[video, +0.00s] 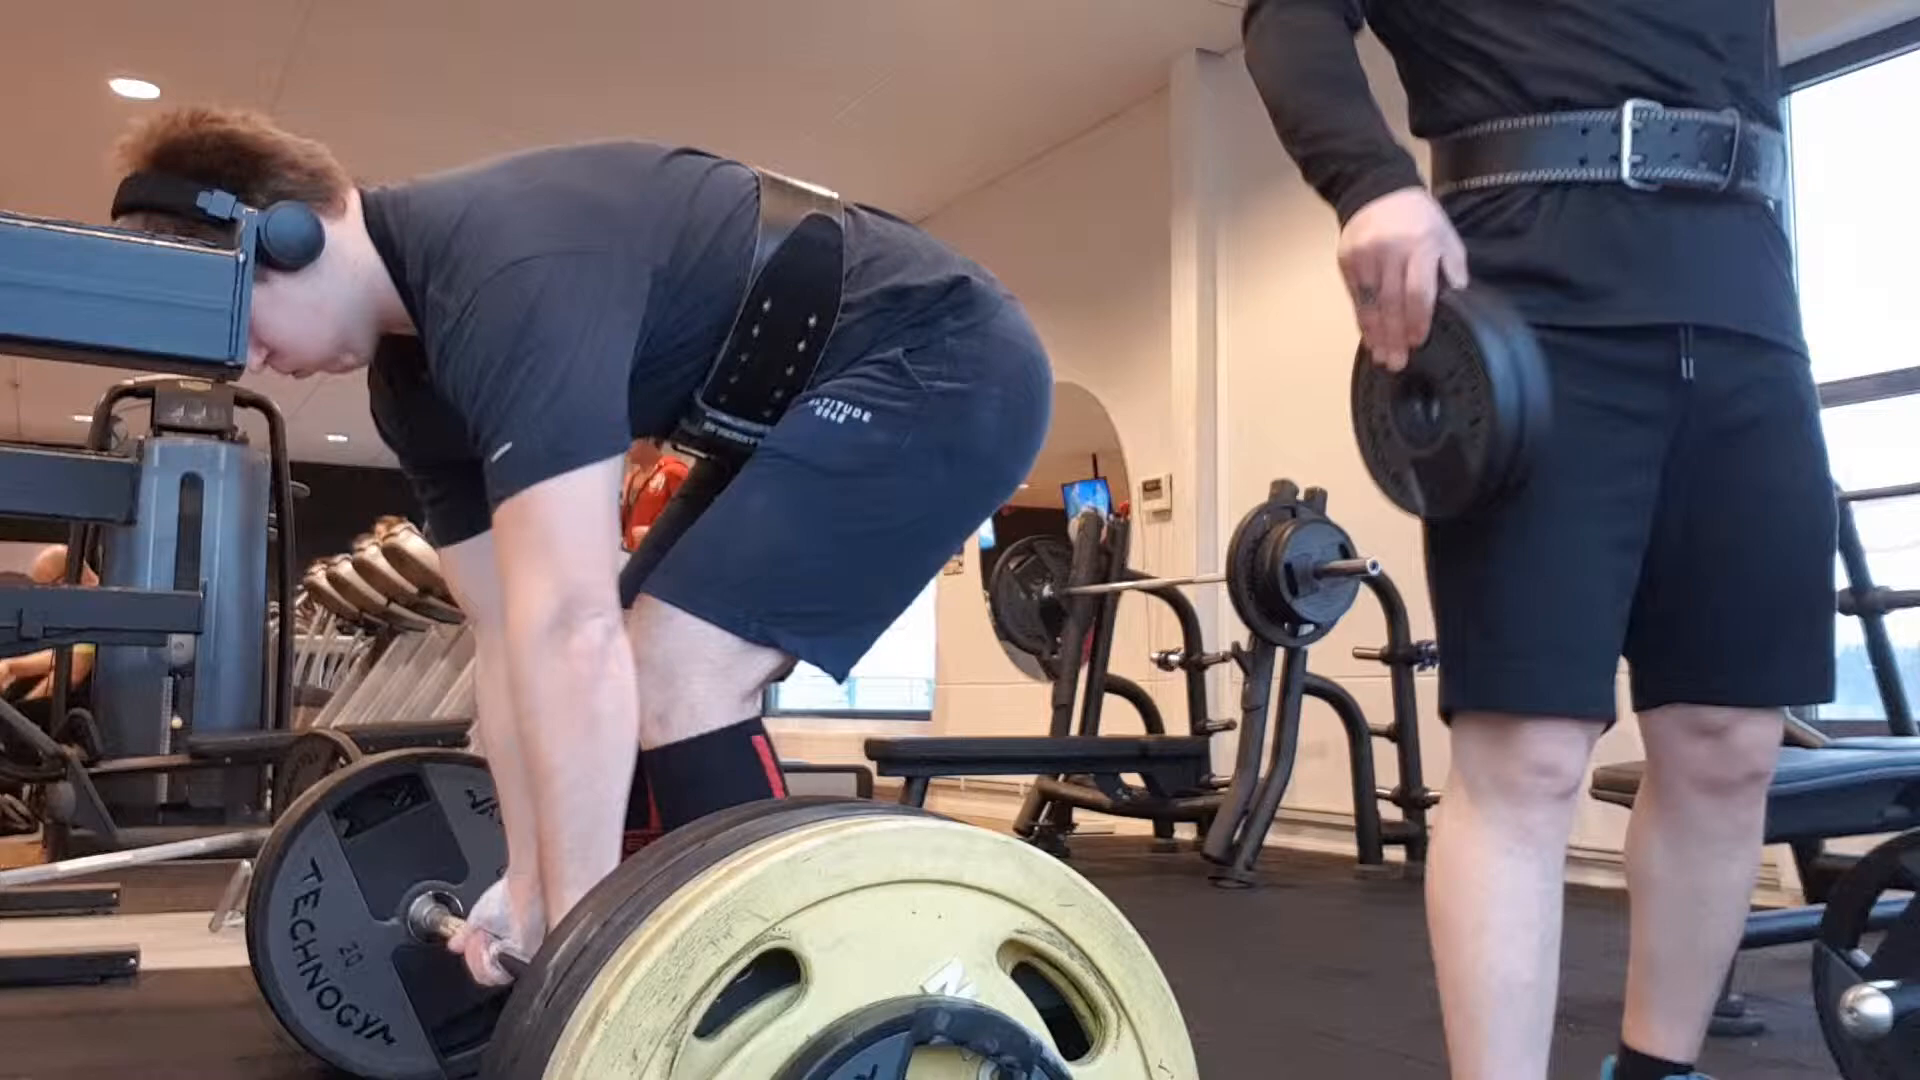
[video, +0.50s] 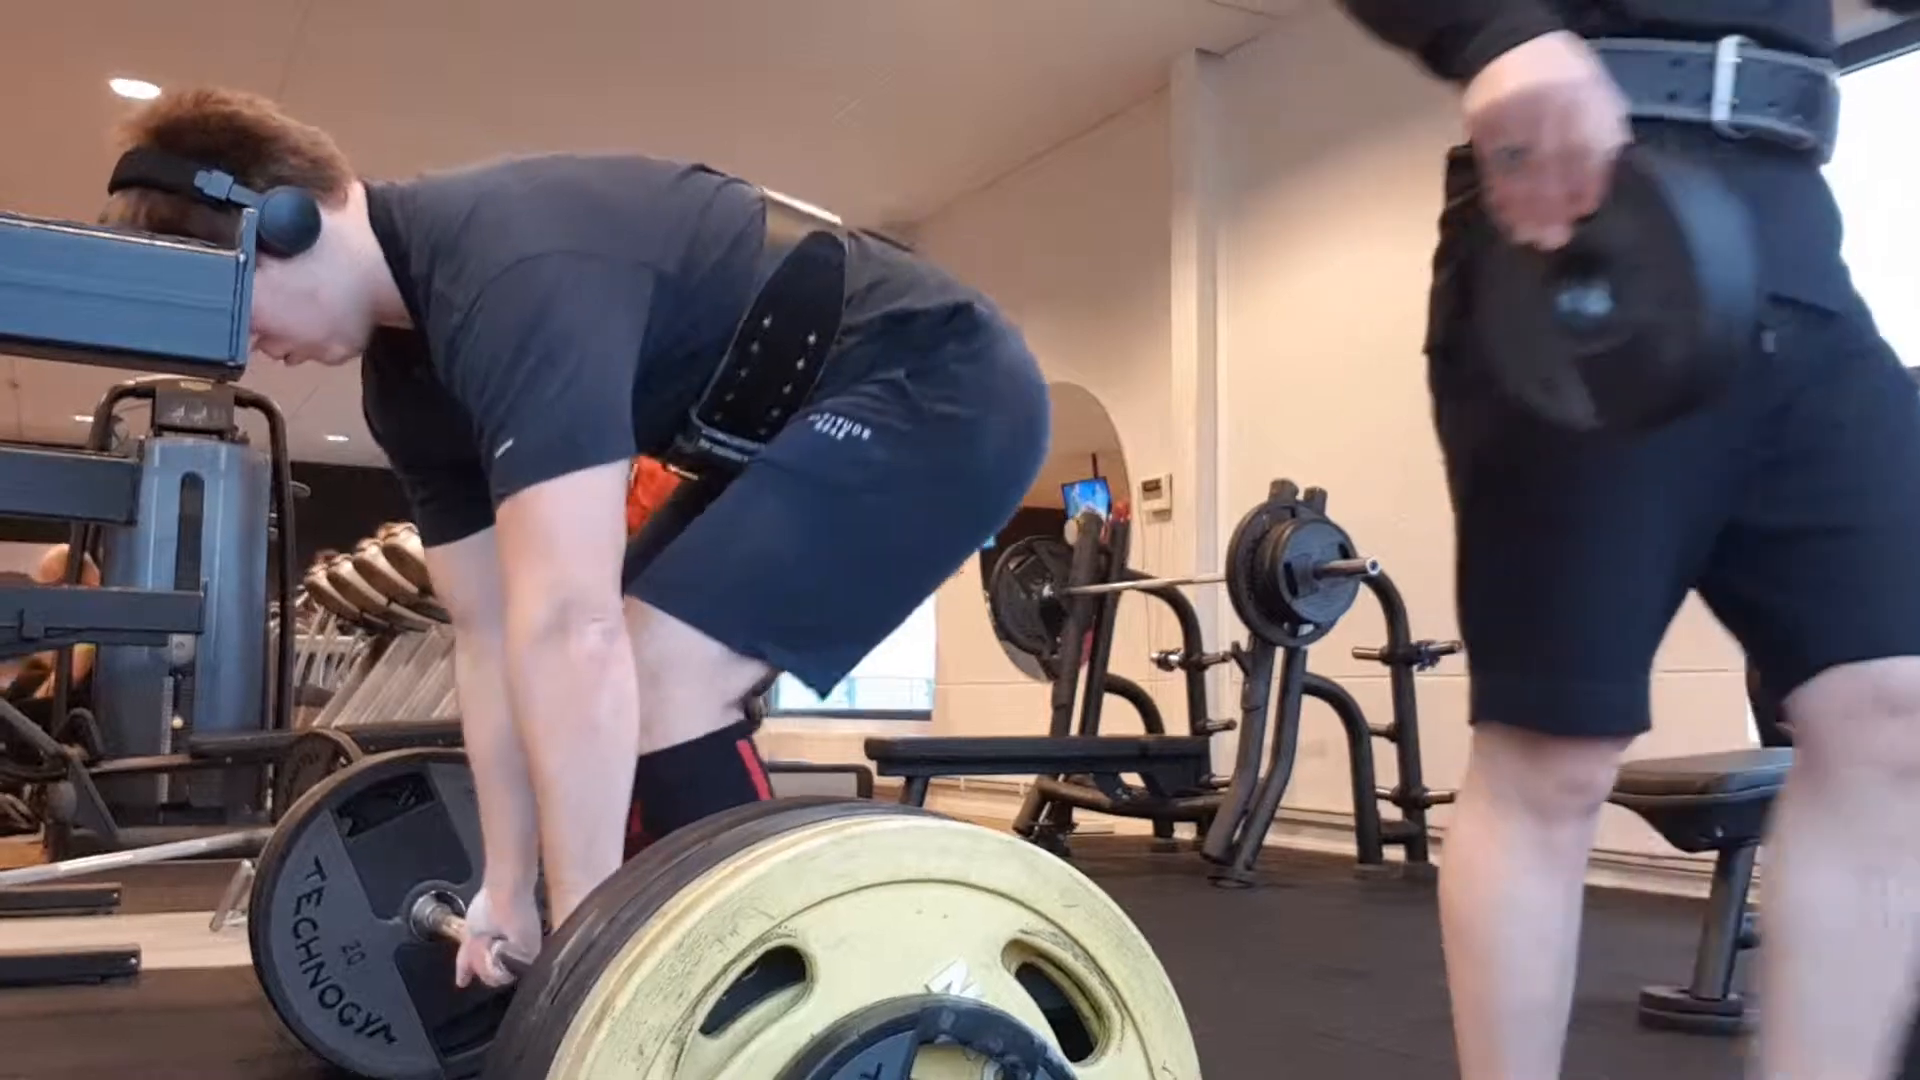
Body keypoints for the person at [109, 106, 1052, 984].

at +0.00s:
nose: (250, 364)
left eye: (233, 321)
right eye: (220, 346)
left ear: (281, 235)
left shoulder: (519, 275)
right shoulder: (413, 376)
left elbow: (578, 628)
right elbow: (507, 633)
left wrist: (582, 935)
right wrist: (525, 885)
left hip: (921, 357)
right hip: (797, 401)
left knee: (686, 672)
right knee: (623, 670)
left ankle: (780, 1007)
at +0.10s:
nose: (255, 359)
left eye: (235, 317)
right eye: (224, 342)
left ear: (279, 233)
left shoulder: (520, 273)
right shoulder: (414, 370)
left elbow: (591, 625)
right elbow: (506, 629)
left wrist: (594, 935)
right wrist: (521, 885)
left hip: (923, 350)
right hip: (796, 398)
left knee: (694, 671)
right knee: (637, 670)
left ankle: (775, 1011)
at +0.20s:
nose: (256, 361)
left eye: (235, 319)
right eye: (225, 345)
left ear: (280, 234)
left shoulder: (523, 270)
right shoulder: (418, 373)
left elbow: (597, 622)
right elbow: (506, 632)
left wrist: (607, 932)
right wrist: (511, 889)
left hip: (926, 340)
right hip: (805, 389)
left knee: (700, 669)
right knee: (646, 665)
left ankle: (784, 1004)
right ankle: (743, 1001)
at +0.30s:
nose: (249, 361)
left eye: (229, 318)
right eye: (217, 343)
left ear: (273, 236)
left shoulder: (523, 270)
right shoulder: (413, 375)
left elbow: (594, 625)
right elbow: (496, 636)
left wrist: (616, 937)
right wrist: (503, 895)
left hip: (926, 352)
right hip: (800, 399)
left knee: (693, 667)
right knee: (633, 667)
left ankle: (760, 1011)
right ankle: (724, 1007)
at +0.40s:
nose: (253, 354)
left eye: (234, 309)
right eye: (222, 337)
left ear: (281, 225)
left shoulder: (520, 271)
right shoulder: (410, 373)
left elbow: (588, 626)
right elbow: (495, 637)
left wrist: (606, 941)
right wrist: (506, 901)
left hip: (924, 377)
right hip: (809, 416)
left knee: (660, 681)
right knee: (632, 686)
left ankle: (774, 1005)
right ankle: (751, 1007)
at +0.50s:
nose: (251, 353)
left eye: (234, 309)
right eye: (221, 334)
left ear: (279, 224)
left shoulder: (523, 273)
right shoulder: (410, 369)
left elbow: (578, 630)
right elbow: (490, 638)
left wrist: (595, 938)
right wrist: (507, 892)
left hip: (923, 378)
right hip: (811, 416)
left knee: (658, 681)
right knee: (627, 679)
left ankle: (772, 1005)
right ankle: (742, 1006)